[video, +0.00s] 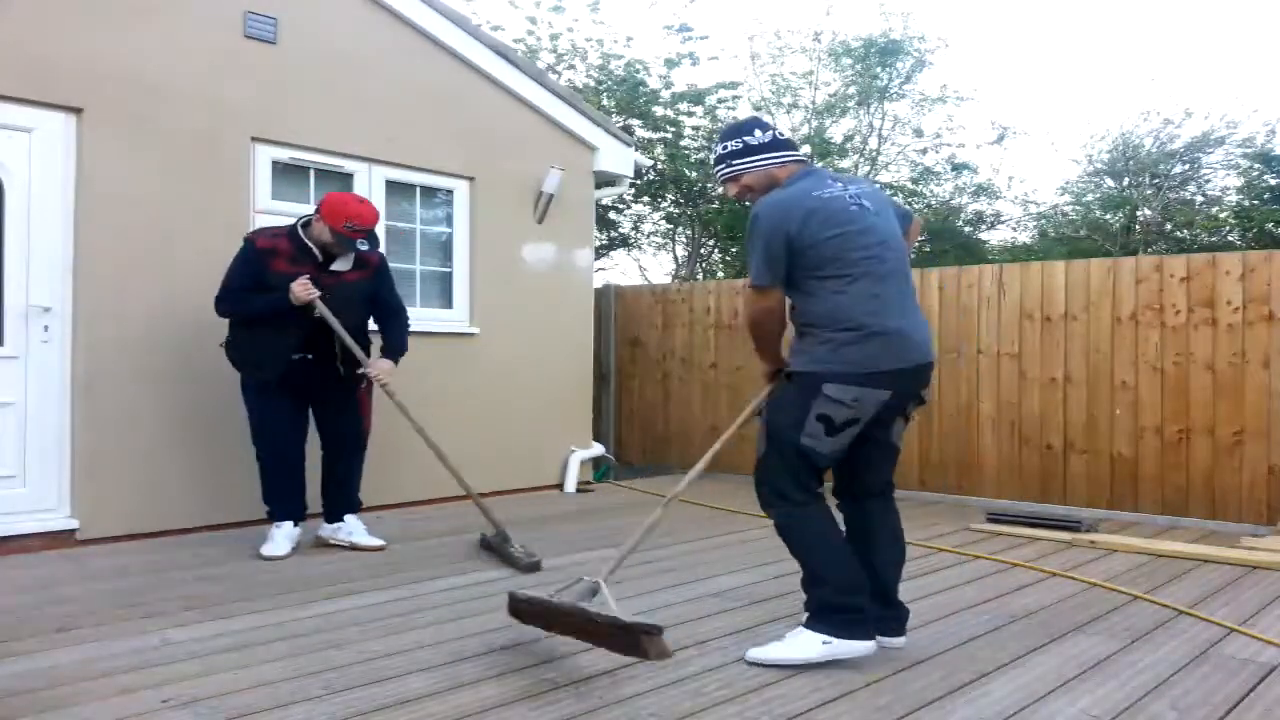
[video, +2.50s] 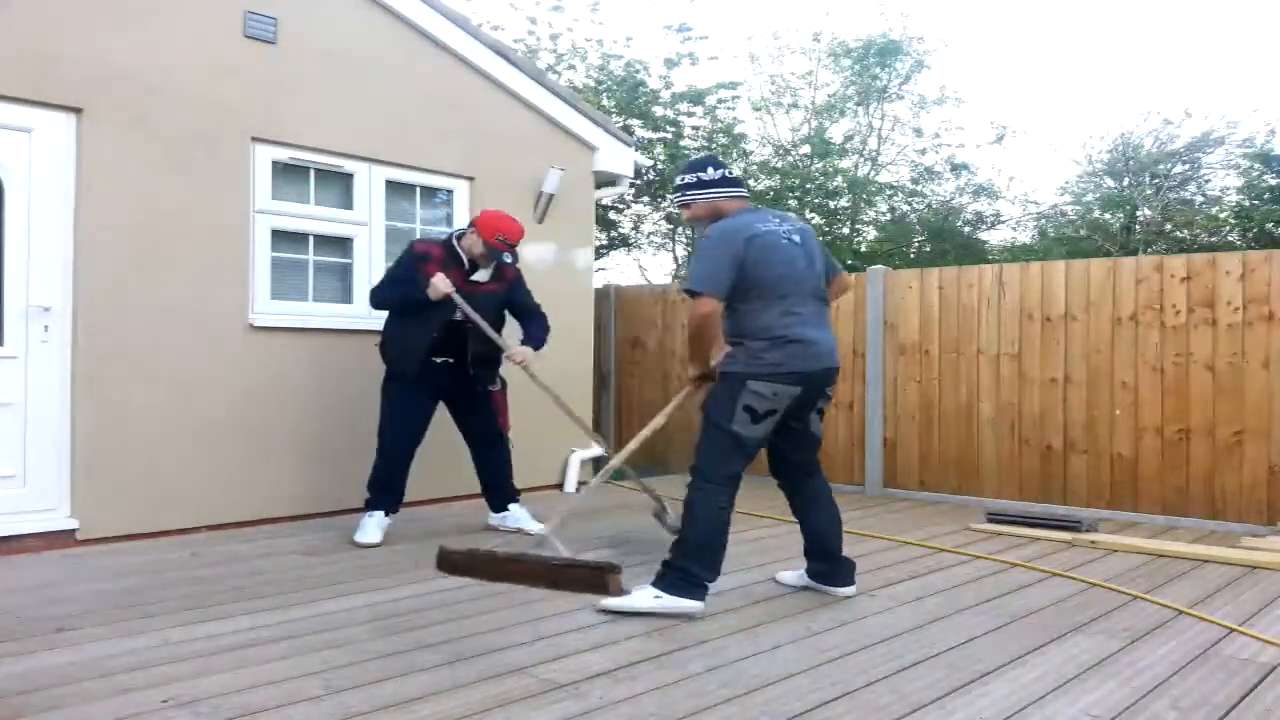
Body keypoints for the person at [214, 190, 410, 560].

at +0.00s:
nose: (348, 248)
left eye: (354, 242)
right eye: (343, 240)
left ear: (362, 233)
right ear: (320, 224)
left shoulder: (368, 262)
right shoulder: (263, 248)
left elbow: (393, 315)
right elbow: (226, 303)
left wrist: (390, 357)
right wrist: (286, 297)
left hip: (337, 368)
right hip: (272, 369)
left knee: (346, 441)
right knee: (278, 445)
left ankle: (340, 520)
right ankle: (285, 523)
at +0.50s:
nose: (355, 245)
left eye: (361, 239)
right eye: (351, 237)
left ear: (366, 232)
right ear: (329, 222)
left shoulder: (371, 259)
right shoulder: (275, 243)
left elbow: (365, 317)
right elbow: (206, 286)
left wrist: (318, 332)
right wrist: (242, 255)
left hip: (343, 351)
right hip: (280, 353)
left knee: (378, 425)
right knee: (289, 433)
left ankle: (409, 507)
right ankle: (286, 523)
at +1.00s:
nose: (445, 255)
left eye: (450, 250)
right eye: (443, 246)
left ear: (432, 234)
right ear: (424, 228)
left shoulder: (446, 270)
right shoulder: (361, 250)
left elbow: (463, 311)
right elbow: (330, 300)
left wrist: (478, 342)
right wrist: (383, 294)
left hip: (412, 371)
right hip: (352, 367)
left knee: (421, 440)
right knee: (329, 443)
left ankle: (416, 514)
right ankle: (298, 520)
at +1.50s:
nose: (460, 258)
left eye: (465, 253)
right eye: (458, 249)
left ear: (466, 248)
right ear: (440, 232)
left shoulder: (465, 272)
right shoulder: (380, 254)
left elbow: (479, 315)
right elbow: (355, 306)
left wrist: (492, 357)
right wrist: (404, 304)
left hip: (426, 368)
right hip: (371, 363)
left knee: (426, 436)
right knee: (378, 436)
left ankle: (416, 514)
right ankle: (375, 513)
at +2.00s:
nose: (442, 255)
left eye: (447, 250)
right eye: (440, 246)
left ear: (450, 245)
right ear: (424, 230)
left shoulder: (451, 266)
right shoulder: (370, 247)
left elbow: (440, 321)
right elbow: (304, 282)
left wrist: (401, 340)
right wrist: (339, 262)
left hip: (423, 362)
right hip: (367, 362)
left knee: (445, 429)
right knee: (372, 437)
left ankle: (446, 507)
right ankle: (376, 513)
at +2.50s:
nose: (493, 261)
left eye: (498, 256)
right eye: (490, 253)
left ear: (503, 251)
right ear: (473, 237)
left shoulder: (505, 273)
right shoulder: (424, 254)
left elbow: (534, 317)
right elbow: (379, 297)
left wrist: (530, 345)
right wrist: (425, 293)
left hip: (470, 372)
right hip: (413, 370)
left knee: (490, 439)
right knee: (396, 443)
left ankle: (504, 508)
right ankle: (378, 512)